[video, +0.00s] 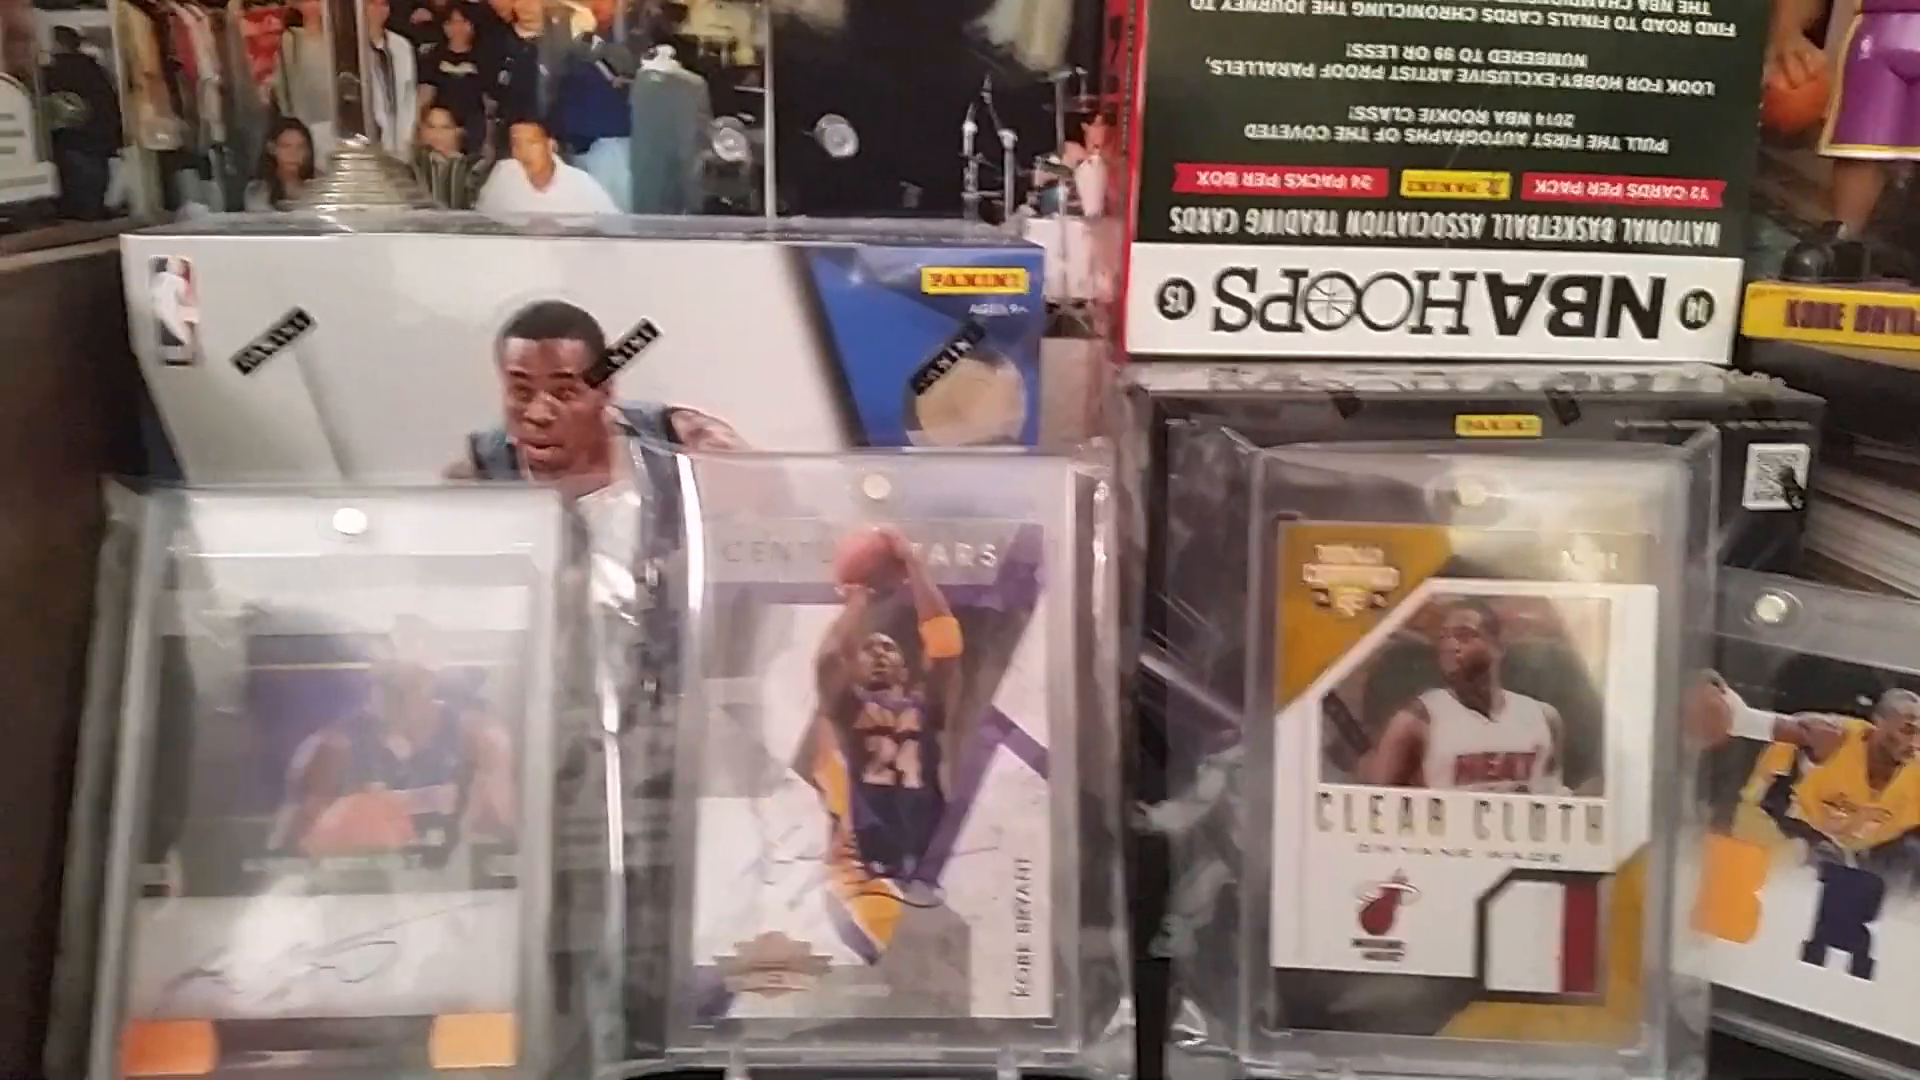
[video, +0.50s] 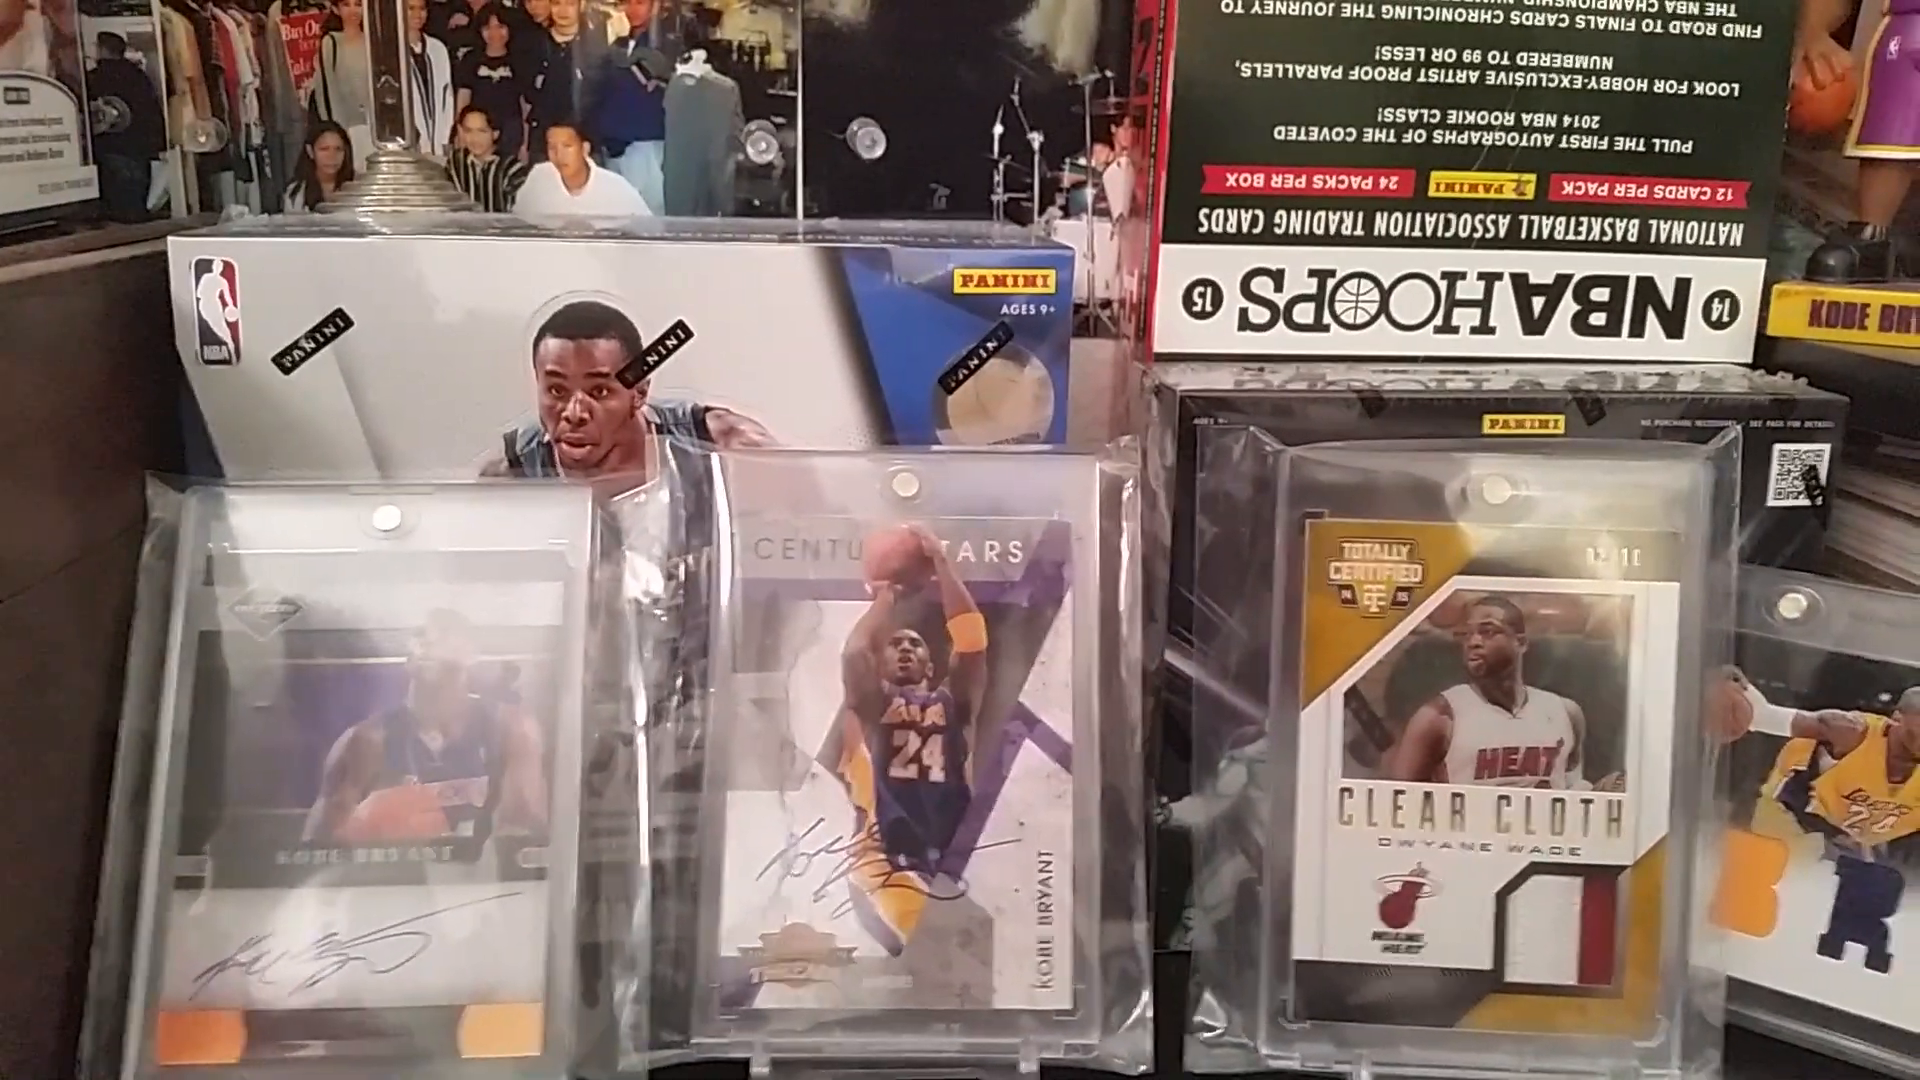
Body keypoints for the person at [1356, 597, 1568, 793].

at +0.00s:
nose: (1451, 645)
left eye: (1465, 636)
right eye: (1444, 638)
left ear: (1498, 647)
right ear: (1437, 650)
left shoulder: (1546, 720)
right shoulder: (1415, 721)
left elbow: (1554, 799)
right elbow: (1374, 807)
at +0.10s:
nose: (1464, 645)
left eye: (1479, 634)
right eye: (1458, 636)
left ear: (1513, 646)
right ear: (1452, 646)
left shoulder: (1560, 719)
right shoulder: (1429, 721)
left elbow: (1565, 806)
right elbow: (1387, 811)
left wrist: (1597, 796)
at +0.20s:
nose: (1478, 644)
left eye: (1493, 633)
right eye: (1473, 636)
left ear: (1527, 644)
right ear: (1467, 644)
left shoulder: (1573, 719)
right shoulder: (1442, 721)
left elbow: (1577, 802)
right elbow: (1398, 809)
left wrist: (1606, 797)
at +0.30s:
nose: (1481, 643)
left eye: (1496, 632)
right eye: (1477, 635)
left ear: (1531, 643)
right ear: (1471, 643)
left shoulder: (1576, 717)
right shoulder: (1445, 720)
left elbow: (1580, 793)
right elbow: (1402, 808)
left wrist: (1608, 795)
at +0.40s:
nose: (1479, 642)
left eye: (1494, 632)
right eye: (1474, 634)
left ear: (1529, 642)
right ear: (1468, 642)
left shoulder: (1574, 716)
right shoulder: (1443, 720)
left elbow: (1578, 800)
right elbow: (1400, 810)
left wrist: (1607, 795)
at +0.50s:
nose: (1472, 642)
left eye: (1487, 631)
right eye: (1467, 634)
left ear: (1521, 643)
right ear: (1462, 642)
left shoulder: (1567, 716)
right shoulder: (1436, 719)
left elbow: (1571, 795)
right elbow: (1395, 808)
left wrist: (1598, 795)